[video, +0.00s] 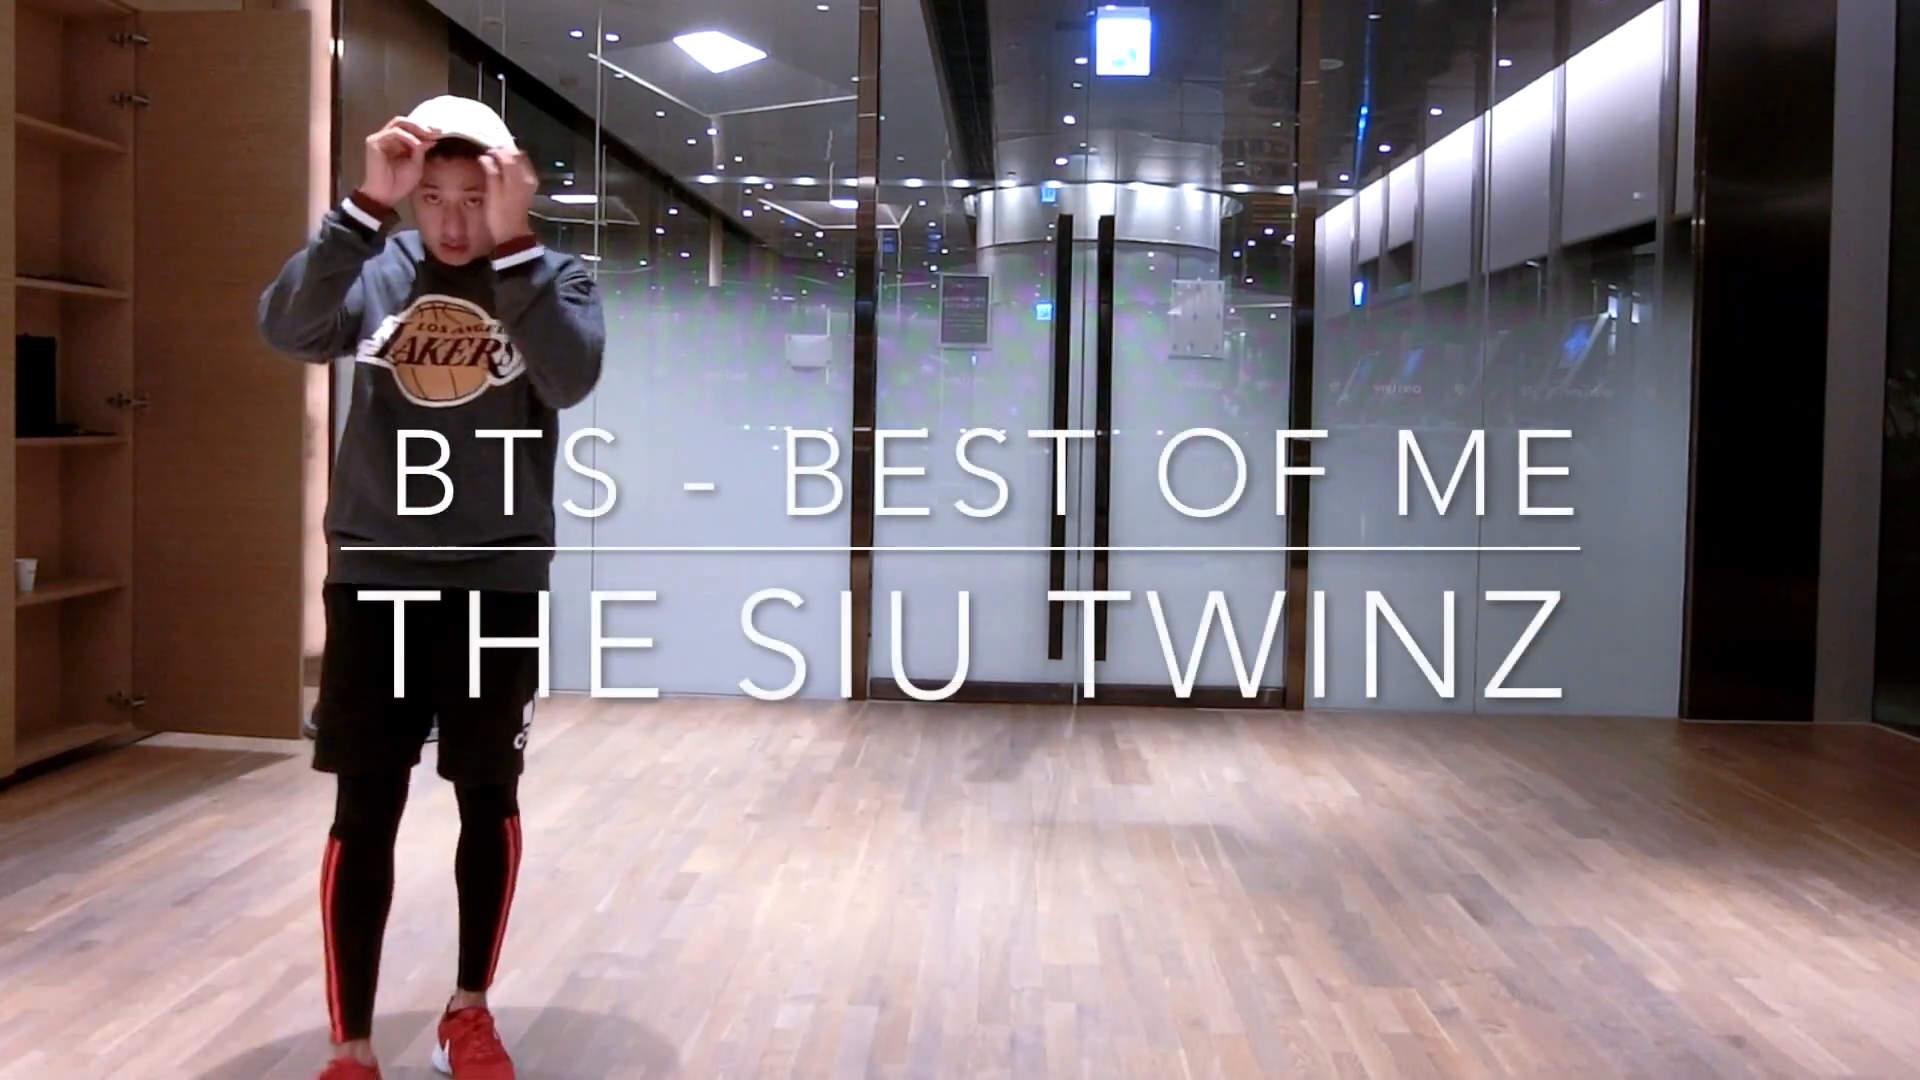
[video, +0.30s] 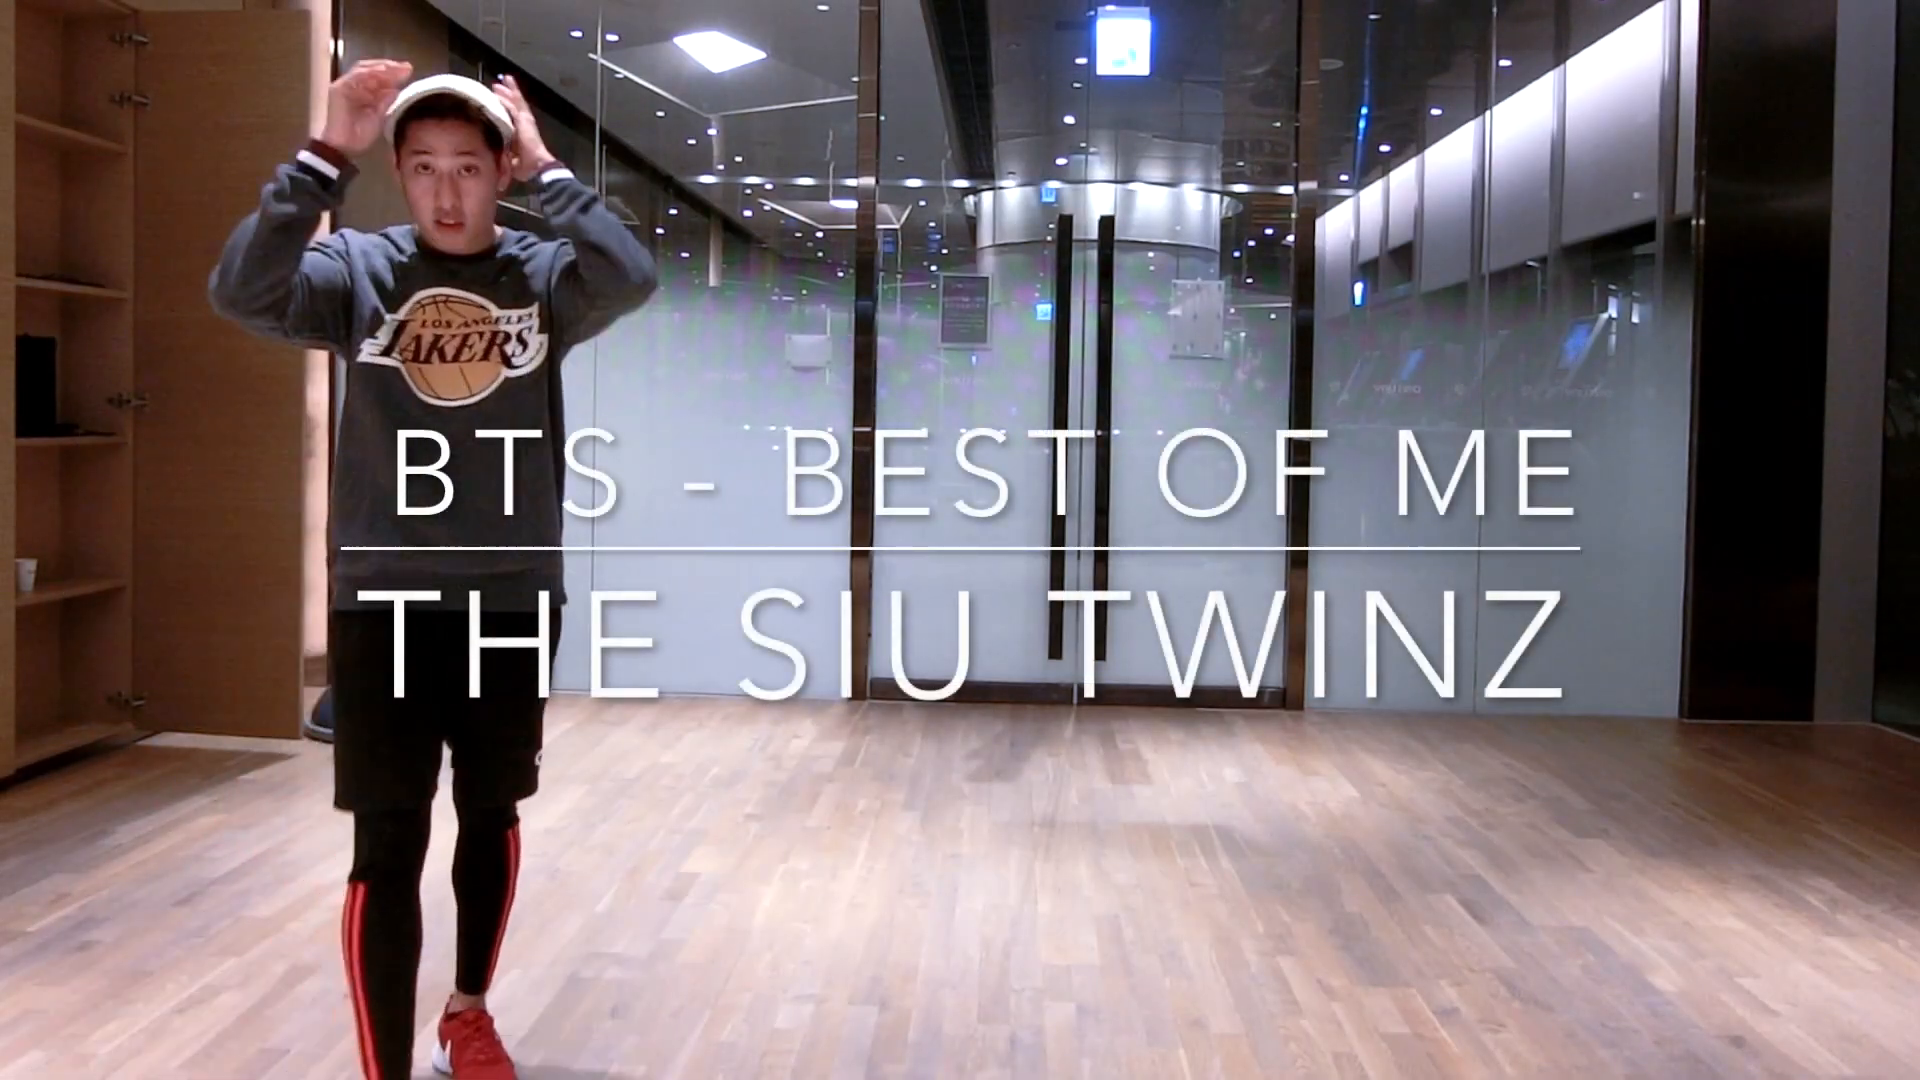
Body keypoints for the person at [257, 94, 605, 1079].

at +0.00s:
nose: (451, 210)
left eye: (469, 190)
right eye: (435, 194)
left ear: (503, 196)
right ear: (407, 202)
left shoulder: (550, 278)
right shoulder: (375, 276)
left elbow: (570, 380)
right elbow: (287, 328)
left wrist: (516, 243)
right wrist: (367, 208)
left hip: (500, 575)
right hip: (379, 573)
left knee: (489, 801)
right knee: (366, 807)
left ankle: (470, 1010)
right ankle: (351, 1049)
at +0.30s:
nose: (445, 190)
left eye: (466, 167)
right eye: (424, 168)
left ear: (501, 177)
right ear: (401, 180)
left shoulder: (542, 273)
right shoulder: (363, 271)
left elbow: (631, 277)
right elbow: (244, 291)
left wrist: (541, 172)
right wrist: (330, 152)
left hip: (509, 595)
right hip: (384, 595)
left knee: (493, 820)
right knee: (389, 845)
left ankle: (469, 1008)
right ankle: (388, 1071)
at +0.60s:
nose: (422, 153)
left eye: (444, 130)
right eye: (400, 129)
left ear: (480, 150)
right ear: (369, 148)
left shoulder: (524, 265)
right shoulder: (327, 263)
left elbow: (618, 233)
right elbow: (205, 215)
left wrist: (517, 134)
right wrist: (321, 127)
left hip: (498, 603)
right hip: (359, 607)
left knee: (504, 842)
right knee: (368, 868)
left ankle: (473, 998)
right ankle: (385, 1073)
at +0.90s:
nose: (407, 152)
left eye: (431, 126)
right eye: (385, 125)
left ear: (467, 140)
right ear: (348, 139)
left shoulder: (504, 248)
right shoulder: (315, 244)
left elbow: (571, 338)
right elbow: (211, 322)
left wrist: (505, 186)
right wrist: (306, 172)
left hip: (483, 603)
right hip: (335, 607)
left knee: (503, 893)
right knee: (357, 896)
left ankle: (525, 1077)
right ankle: (383, 1078)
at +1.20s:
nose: (409, 119)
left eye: (435, 94)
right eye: (383, 92)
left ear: (476, 112)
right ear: (350, 108)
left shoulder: (532, 246)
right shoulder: (282, 225)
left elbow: (535, 400)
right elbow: (283, 397)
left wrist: (462, 342)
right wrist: (376, 336)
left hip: (487, 590)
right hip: (330, 604)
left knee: (535, 883)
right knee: (360, 906)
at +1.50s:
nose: (406, 72)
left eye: (437, 44)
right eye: (383, 45)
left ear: (497, 76)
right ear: (356, 77)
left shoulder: (579, 268)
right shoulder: (306, 262)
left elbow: (623, 494)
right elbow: (254, 496)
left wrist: (674, 698)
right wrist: (206, 714)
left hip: (508, 674)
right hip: (343, 671)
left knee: (524, 979)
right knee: (368, 947)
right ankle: (385, 1079)